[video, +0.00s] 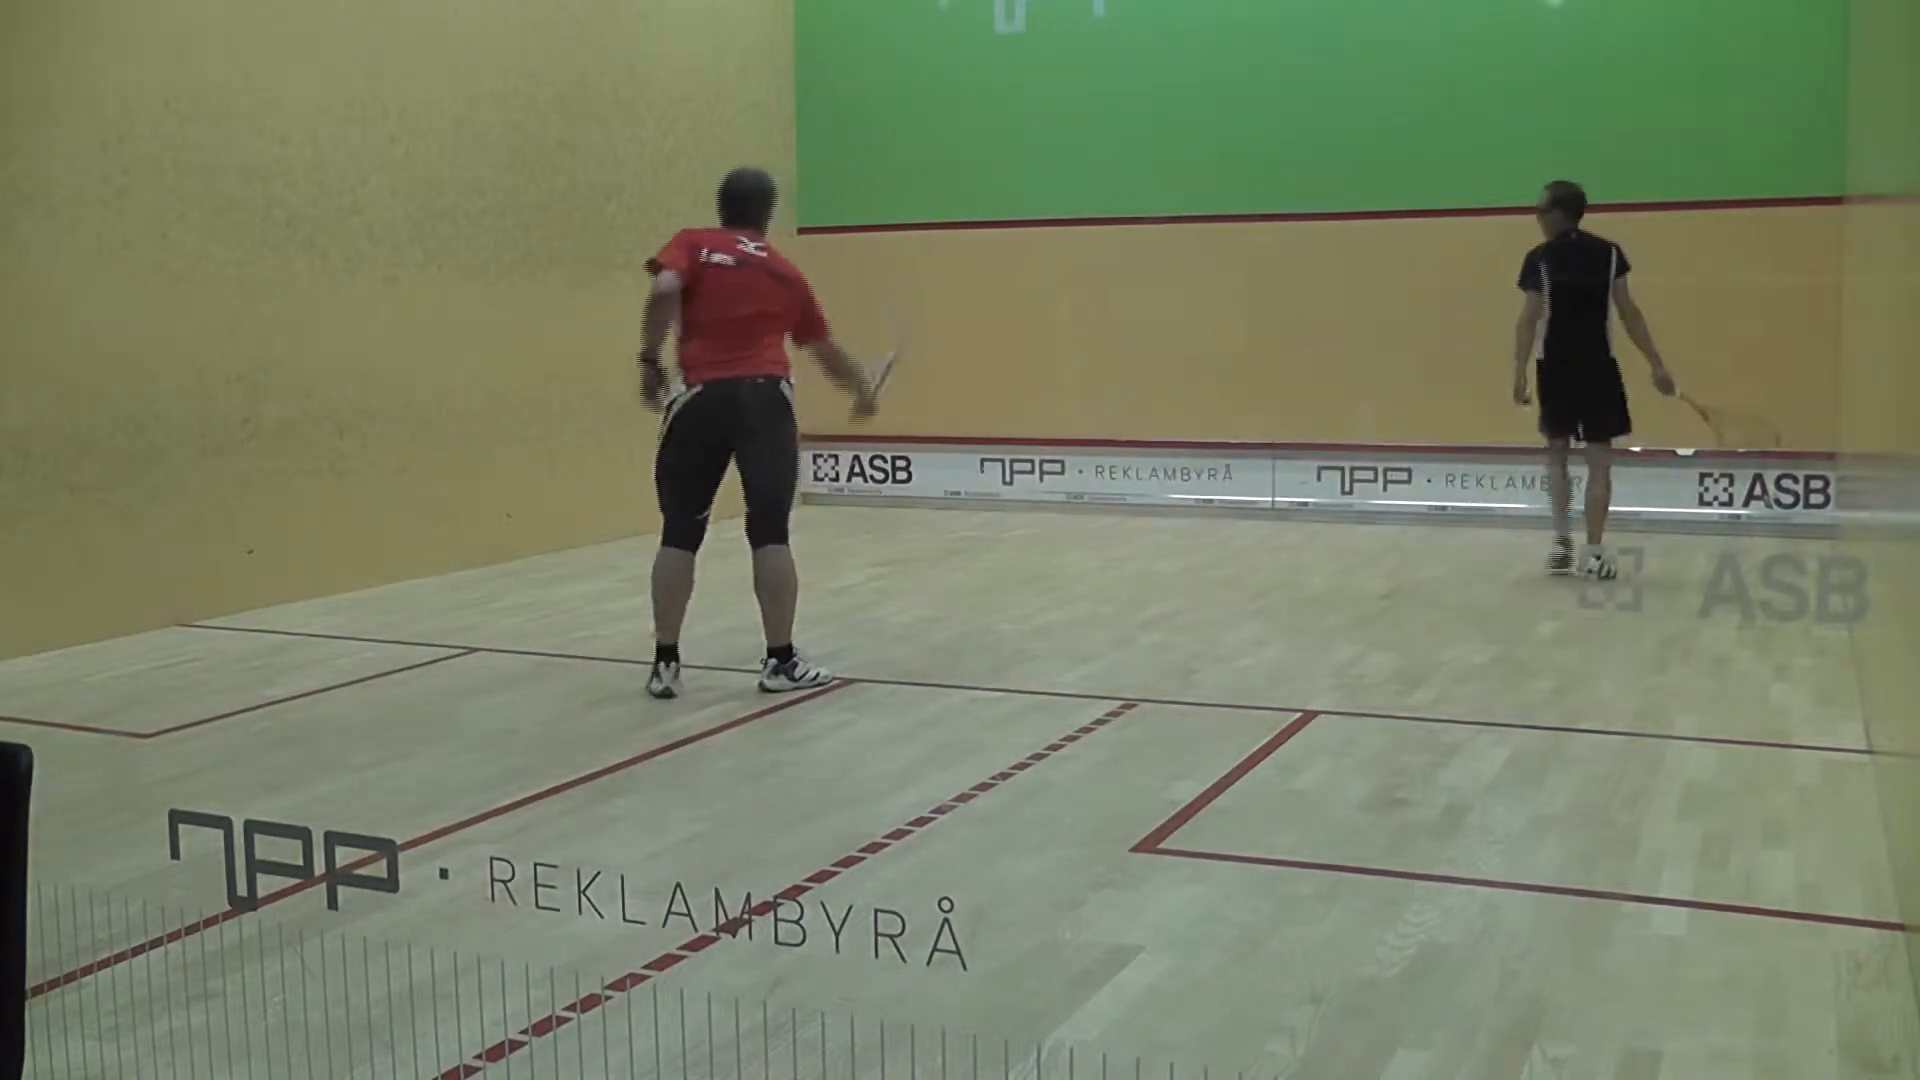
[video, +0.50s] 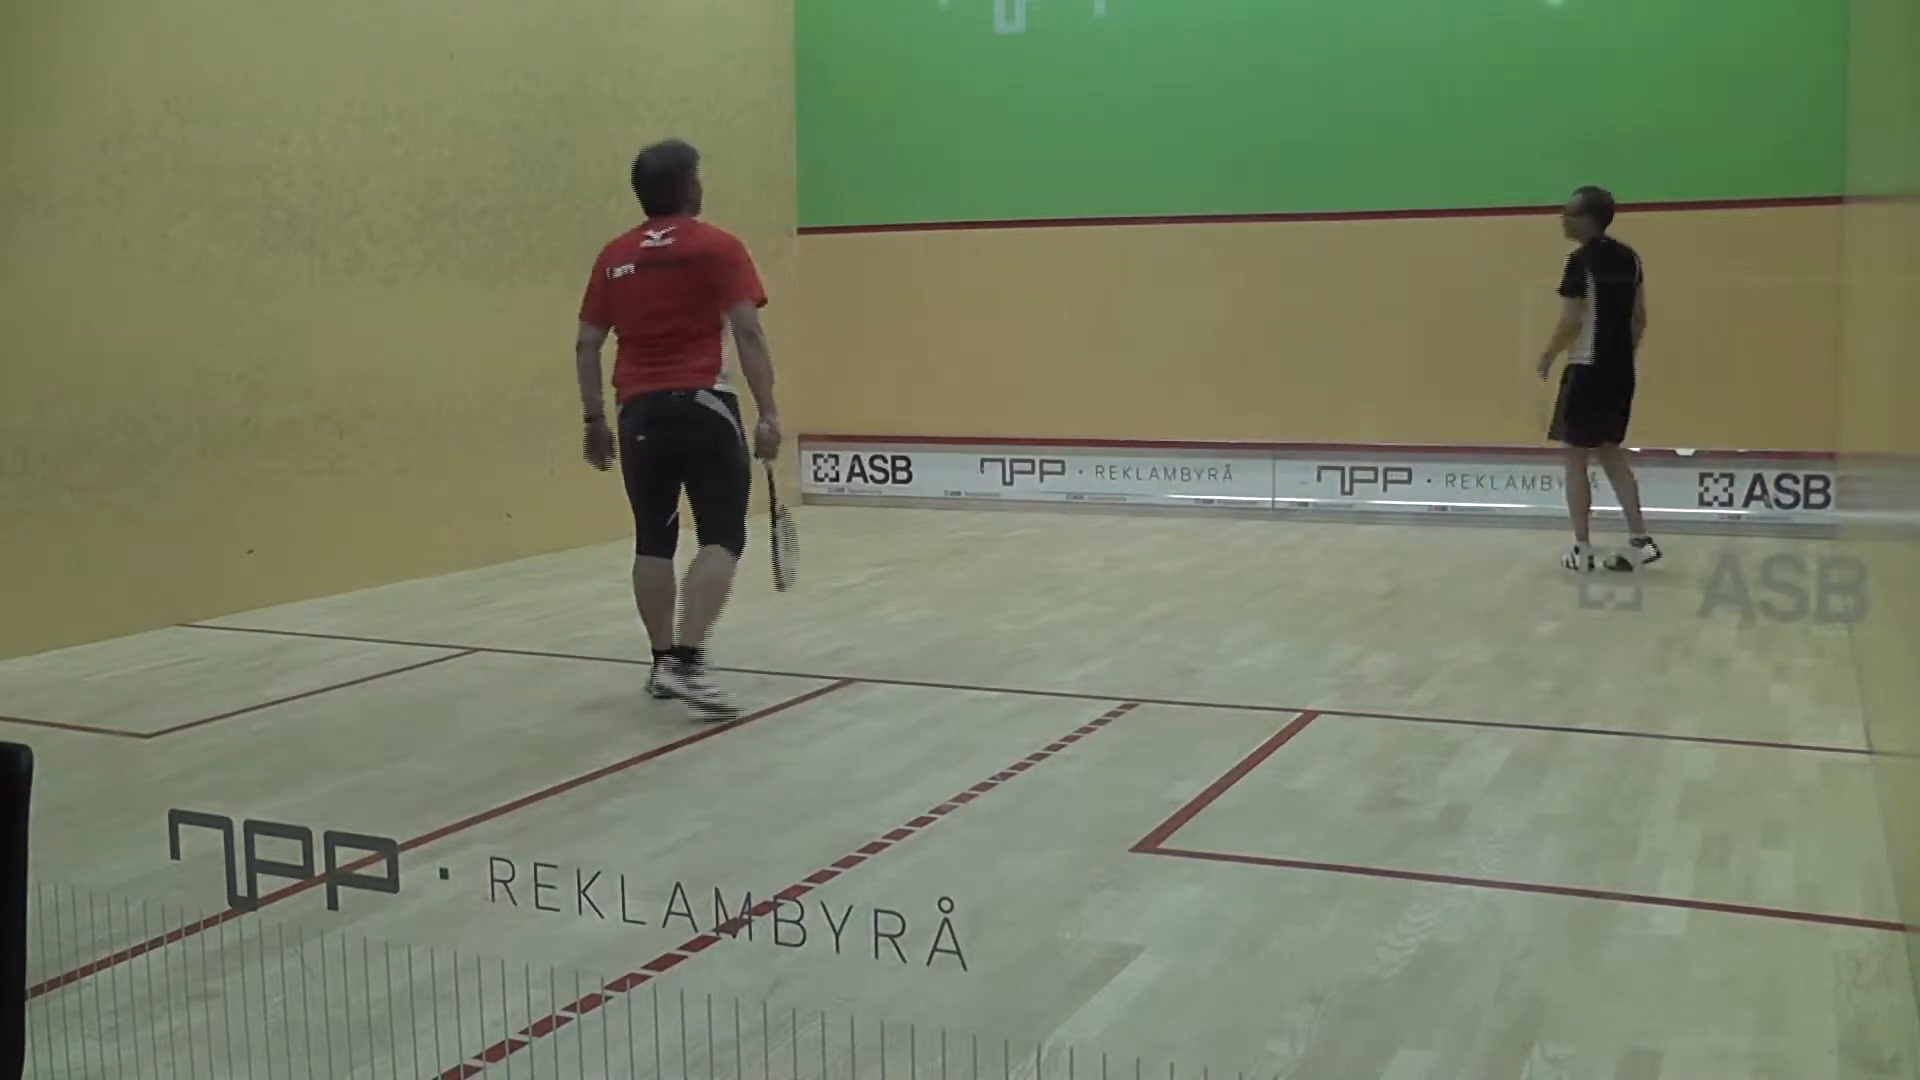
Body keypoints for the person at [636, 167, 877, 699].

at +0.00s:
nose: (769, 216)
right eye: (771, 209)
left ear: (721, 209)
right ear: (769, 214)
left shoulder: (691, 243)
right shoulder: (783, 273)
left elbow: (664, 289)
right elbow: (825, 350)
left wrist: (650, 359)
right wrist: (862, 386)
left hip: (699, 403)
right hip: (766, 403)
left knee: (679, 533)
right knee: (770, 533)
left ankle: (665, 664)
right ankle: (781, 660)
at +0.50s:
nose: (702, 187)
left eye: (697, 178)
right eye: (697, 179)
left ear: (645, 195)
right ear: (688, 189)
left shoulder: (615, 254)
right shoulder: (718, 246)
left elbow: (586, 344)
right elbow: (747, 330)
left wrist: (593, 417)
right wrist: (767, 410)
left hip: (639, 416)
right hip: (705, 411)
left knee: (653, 541)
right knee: (721, 539)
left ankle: (664, 664)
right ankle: (685, 661)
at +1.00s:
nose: (729, 190)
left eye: (729, 178)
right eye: (720, 178)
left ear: (690, 184)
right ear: (683, 181)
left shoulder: (686, 242)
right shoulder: (656, 248)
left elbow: (682, 345)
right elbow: (657, 356)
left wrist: (703, 427)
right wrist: (700, 432)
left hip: (684, 420)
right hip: (645, 423)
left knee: (727, 539)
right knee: (669, 554)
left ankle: (706, 675)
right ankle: (638, 698)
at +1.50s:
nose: (777, 252)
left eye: (790, 239)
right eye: (765, 236)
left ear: (808, 238)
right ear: (741, 230)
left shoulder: (815, 290)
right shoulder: (708, 301)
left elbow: (823, 358)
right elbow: (691, 386)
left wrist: (832, 408)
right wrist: (698, 445)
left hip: (772, 463)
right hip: (693, 466)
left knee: (788, 599)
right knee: (682, 598)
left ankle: (764, 747)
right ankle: (673, 677)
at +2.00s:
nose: (846, 168)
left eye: (862, 153)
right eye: (833, 152)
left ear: (886, 155)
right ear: (808, 150)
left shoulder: (914, 226)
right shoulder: (765, 244)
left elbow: (979, 313)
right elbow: (705, 346)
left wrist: (923, 269)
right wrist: (656, 430)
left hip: (874, 464)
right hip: (788, 458)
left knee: (838, 639)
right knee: (810, 641)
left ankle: (775, 728)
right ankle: (812, 812)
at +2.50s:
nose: (1114, 121)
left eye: (1119, 105)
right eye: (1093, 105)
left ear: (1123, 119)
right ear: (1042, 117)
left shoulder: (1129, 216)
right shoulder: (1001, 218)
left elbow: (1136, 322)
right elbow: (953, 349)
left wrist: (1173, 406)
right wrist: (1018, 432)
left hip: (1106, 477)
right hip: (1007, 476)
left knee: (1167, 645)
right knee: (950, 657)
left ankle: (1155, 852)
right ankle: (854, 805)